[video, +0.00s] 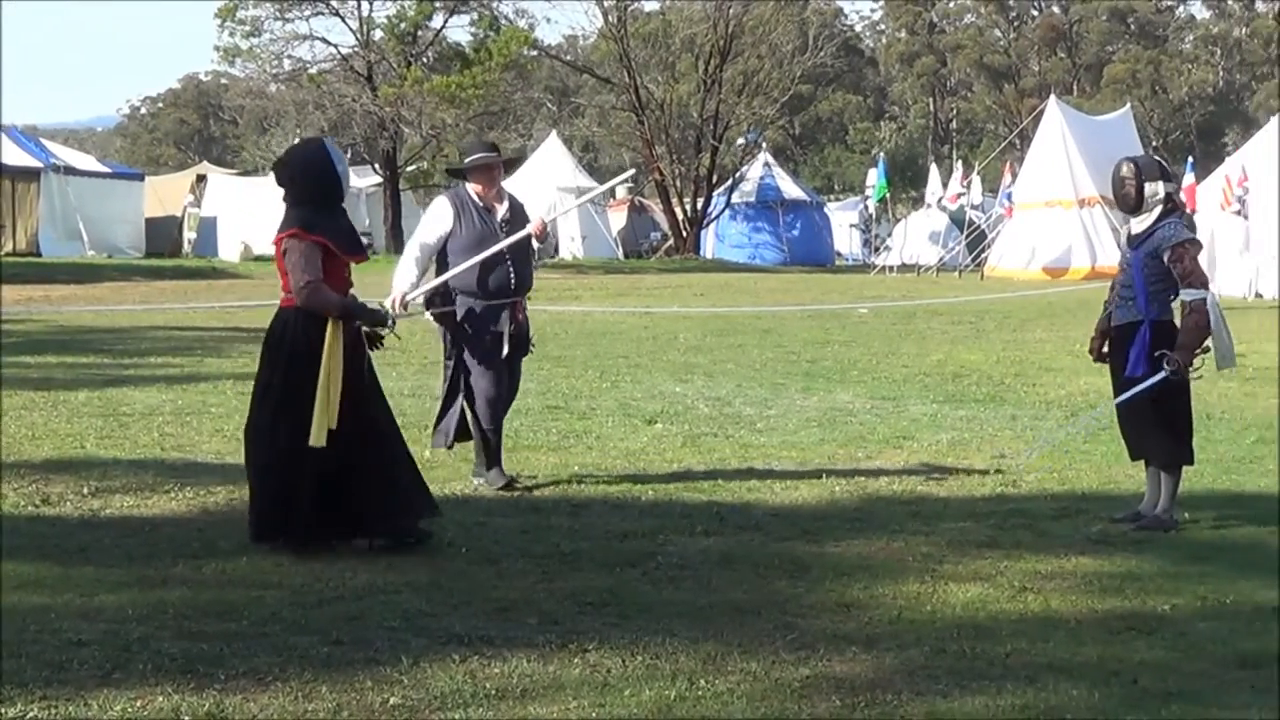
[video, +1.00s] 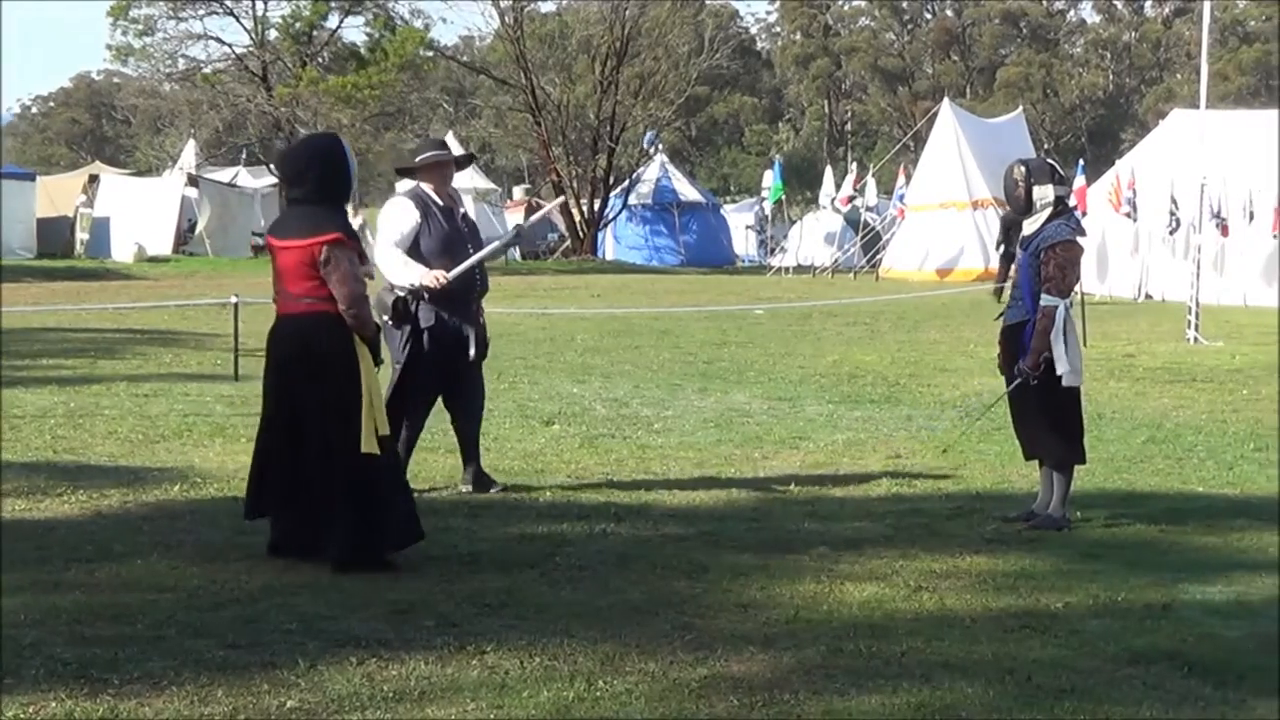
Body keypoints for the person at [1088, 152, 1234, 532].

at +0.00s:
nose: (1124, 192)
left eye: (1131, 184)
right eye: (1120, 185)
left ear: (1153, 186)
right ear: (1119, 188)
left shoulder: (1171, 229)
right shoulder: (1136, 229)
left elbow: (1198, 295)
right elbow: (1121, 285)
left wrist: (1183, 350)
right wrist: (1103, 327)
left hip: (1155, 333)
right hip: (1128, 333)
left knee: (1165, 415)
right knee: (1142, 414)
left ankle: (1165, 509)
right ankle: (1150, 502)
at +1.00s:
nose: (1015, 195)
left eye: (1021, 187)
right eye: (1015, 186)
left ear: (1041, 189)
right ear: (1043, 191)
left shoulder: (1060, 241)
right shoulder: (1036, 234)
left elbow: (1052, 306)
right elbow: (1025, 296)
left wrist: (1036, 352)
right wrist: (1009, 337)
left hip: (1048, 339)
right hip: (1025, 336)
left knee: (1057, 422)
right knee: (1037, 421)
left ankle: (1058, 508)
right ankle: (1044, 502)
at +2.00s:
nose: (1010, 194)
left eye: (1018, 187)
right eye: (1006, 187)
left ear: (1041, 190)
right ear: (1004, 193)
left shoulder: (1058, 236)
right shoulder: (1013, 234)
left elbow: (1069, 300)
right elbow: (1001, 287)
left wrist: (1063, 353)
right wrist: (988, 332)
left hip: (1045, 336)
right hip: (1013, 336)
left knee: (1050, 417)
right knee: (1024, 415)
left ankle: (1049, 508)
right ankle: (1035, 501)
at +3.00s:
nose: (1013, 196)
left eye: (1021, 189)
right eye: (1009, 189)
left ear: (1044, 192)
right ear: (1005, 193)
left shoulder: (1063, 236)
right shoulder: (1013, 234)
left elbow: (1072, 300)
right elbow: (1002, 288)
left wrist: (1063, 353)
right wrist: (990, 334)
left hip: (1050, 337)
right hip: (1016, 337)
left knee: (1054, 417)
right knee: (1027, 415)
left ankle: (1053, 508)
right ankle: (1039, 501)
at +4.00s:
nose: (1006, 197)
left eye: (1014, 190)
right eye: (1002, 190)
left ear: (1037, 193)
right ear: (999, 194)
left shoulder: (1057, 237)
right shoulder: (1008, 234)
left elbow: (1067, 300)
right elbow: (997, 288)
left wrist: (1060, 354)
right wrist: (986, 335)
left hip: (1046, 337)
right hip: (1013, 338)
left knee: (1052, 417)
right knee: (1026, 416)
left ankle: (1053, 507)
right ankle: (1038, 501)